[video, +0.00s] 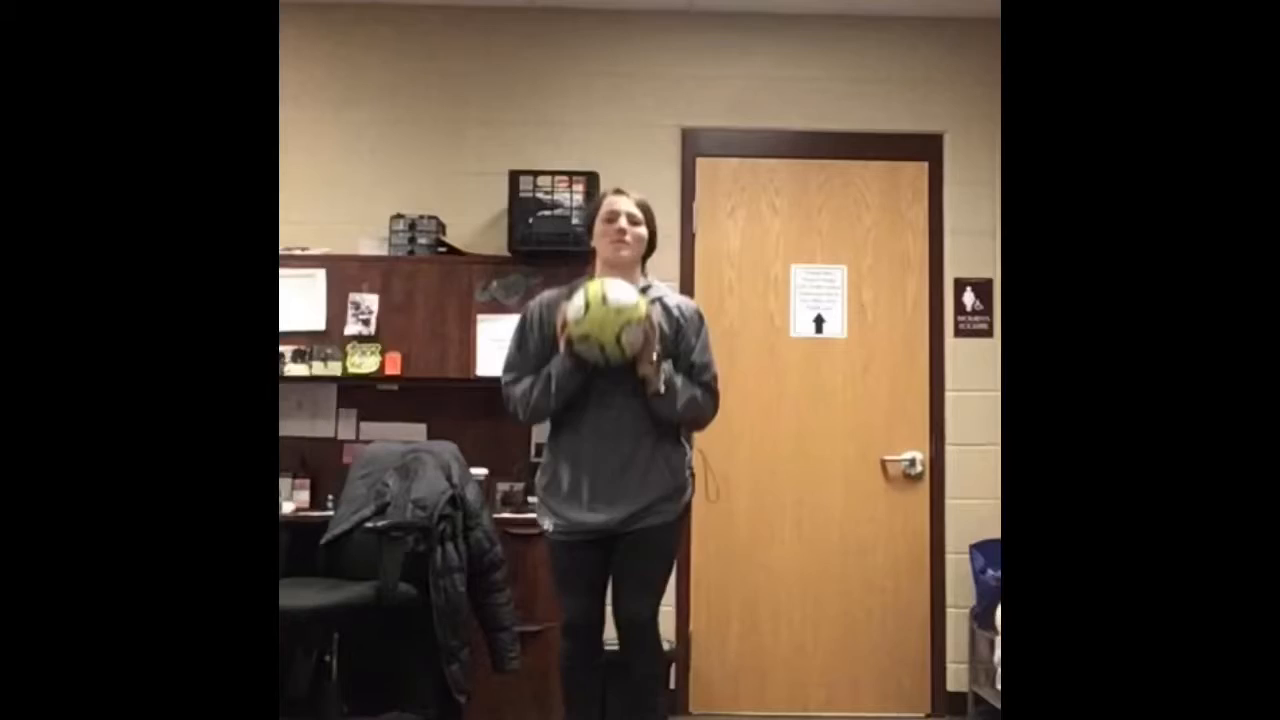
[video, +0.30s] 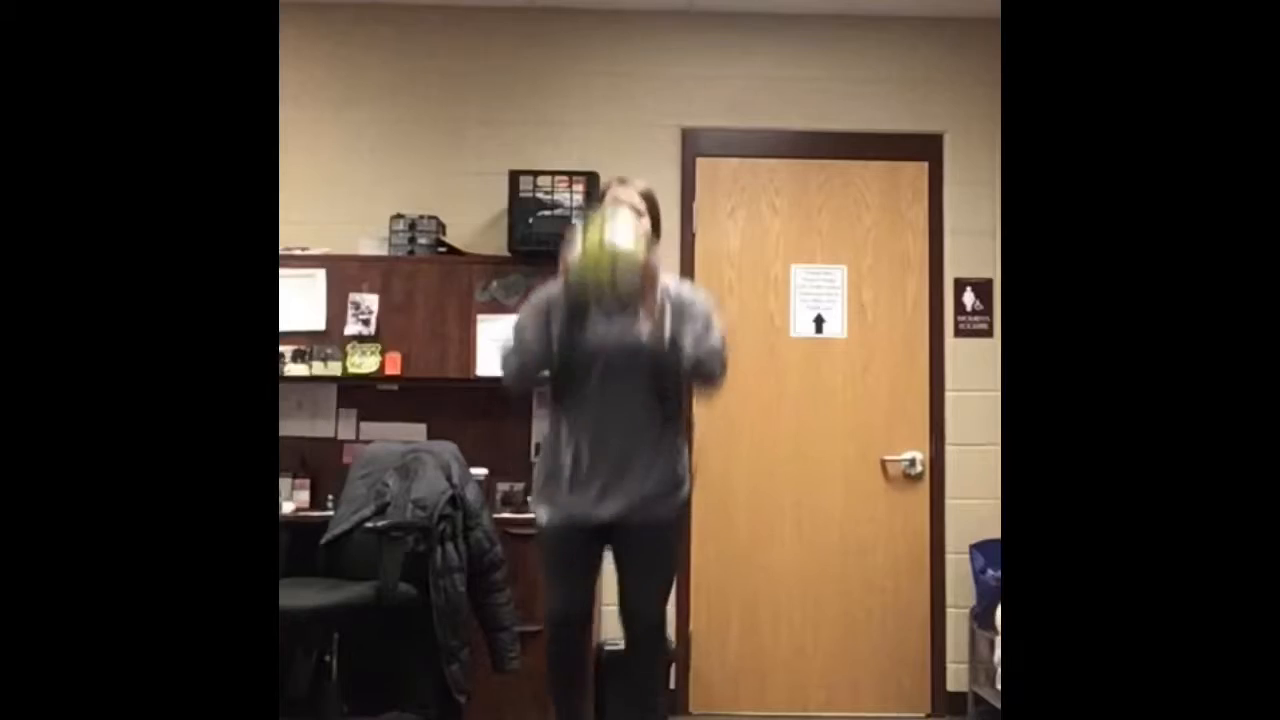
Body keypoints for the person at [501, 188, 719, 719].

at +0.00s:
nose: (622, 227)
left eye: (634, 221)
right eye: (611, 219)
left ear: (649, 240)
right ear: (592, 236)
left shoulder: (679, 313)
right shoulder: (547, 310)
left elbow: (702, 408)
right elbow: (519, 402)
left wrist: (652, 368)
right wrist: (573, 358)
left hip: (652, 506)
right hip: (572, 506)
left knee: (637, 626)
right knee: (579, 632)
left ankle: (647, 714)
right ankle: (583, 715)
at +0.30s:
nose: (620, 226)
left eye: (633, 217)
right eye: (609, 215)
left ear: (653, 233)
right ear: (589, 227)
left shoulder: (681, 302)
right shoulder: (557, 301)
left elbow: (711, 371)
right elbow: (517, 373)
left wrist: (656, 306)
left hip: (651, 495)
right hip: (570, 495)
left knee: (645, 630)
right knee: (566, 630)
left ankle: (646, 715)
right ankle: (571, 714)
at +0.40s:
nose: (627, 209)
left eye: (638, 200)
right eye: (615, 199)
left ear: (654, 212)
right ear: (595, 208)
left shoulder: (670, 274)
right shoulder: (567, 268)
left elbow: (711, 268)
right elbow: (519, 275)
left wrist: (671, 206)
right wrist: (571, 197)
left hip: (653, 456)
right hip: (572, 456)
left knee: (667, 610)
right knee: (552, 600)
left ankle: (672, 713)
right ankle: (537, 710)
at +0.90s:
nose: (627, 218)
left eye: (639, 205)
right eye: (615, 205)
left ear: (657, 211)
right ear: (595, 211)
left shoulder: (684, 272)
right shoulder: (574, 269)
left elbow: (706, 330)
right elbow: (530, 320)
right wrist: (574, 256)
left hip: (659, 459)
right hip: (579, 456)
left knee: (664, 601)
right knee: (561, 593)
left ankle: (678, 711)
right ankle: (547, 710)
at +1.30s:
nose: (632, 191)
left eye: (643, 185)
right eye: (620, 183)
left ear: (659, 201)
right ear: (601, 196)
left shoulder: (676, 264)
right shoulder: (574, 253)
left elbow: (712, 256)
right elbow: (536, 264)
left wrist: (677, 178)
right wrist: (577, 180)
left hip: (662, 444)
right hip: (582, 443)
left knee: (667, 594)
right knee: (573, 591)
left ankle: (682, 711)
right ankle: (553, 711)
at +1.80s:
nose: (633, 201)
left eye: (645, 191)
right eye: (621, 191)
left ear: (667, 198)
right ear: (601, 199)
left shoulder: (694, 259)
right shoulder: (576, 256)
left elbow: (725, 308)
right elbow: (534, 299)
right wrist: (581, 241)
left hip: (671, 450)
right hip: (591, 447)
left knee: (676, 591)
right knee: (575, 587)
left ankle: (691, 710)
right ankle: (553, 709)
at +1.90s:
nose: (640, 213)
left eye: (651, 206)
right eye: (628, 206)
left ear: (668, 224)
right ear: (608, 222)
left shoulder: (695, 299)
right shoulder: (570, 295)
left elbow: (718, 387)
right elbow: (542, 383)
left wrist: (671, 342)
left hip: (672, 479)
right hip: (591, 478)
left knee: (664, 618)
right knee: (595, 618)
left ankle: (663, 713)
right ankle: (602, 713)